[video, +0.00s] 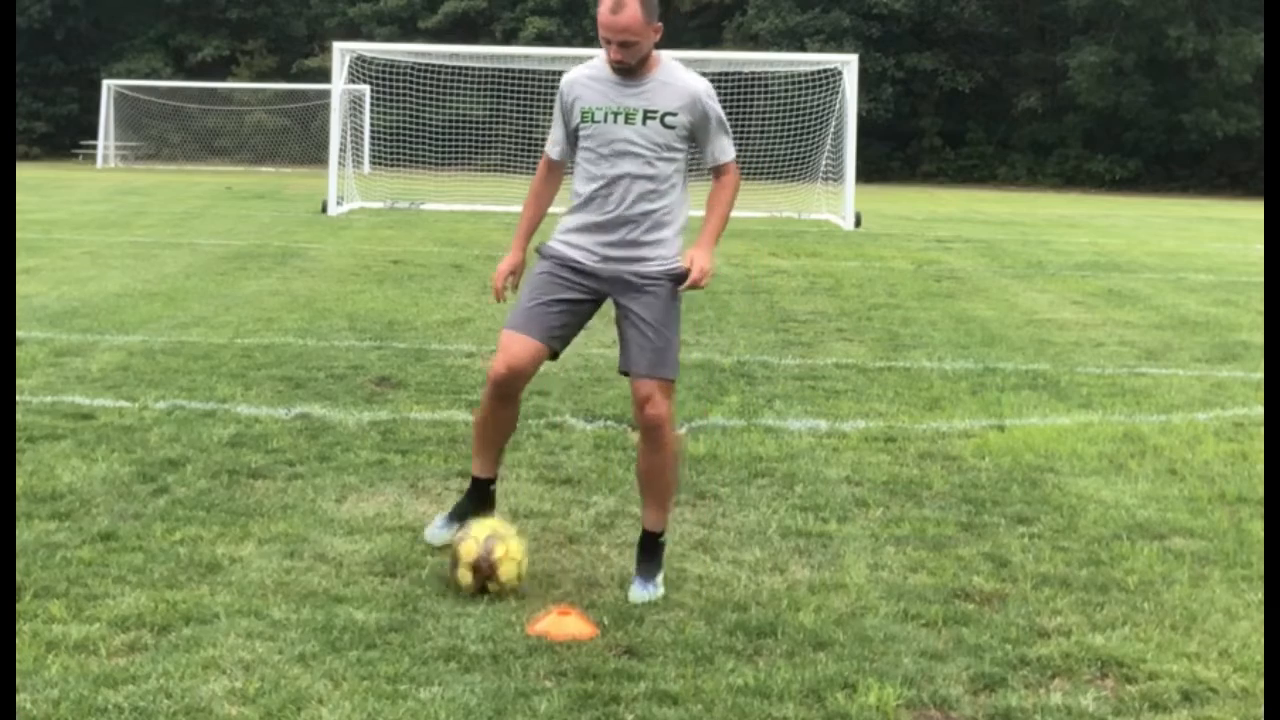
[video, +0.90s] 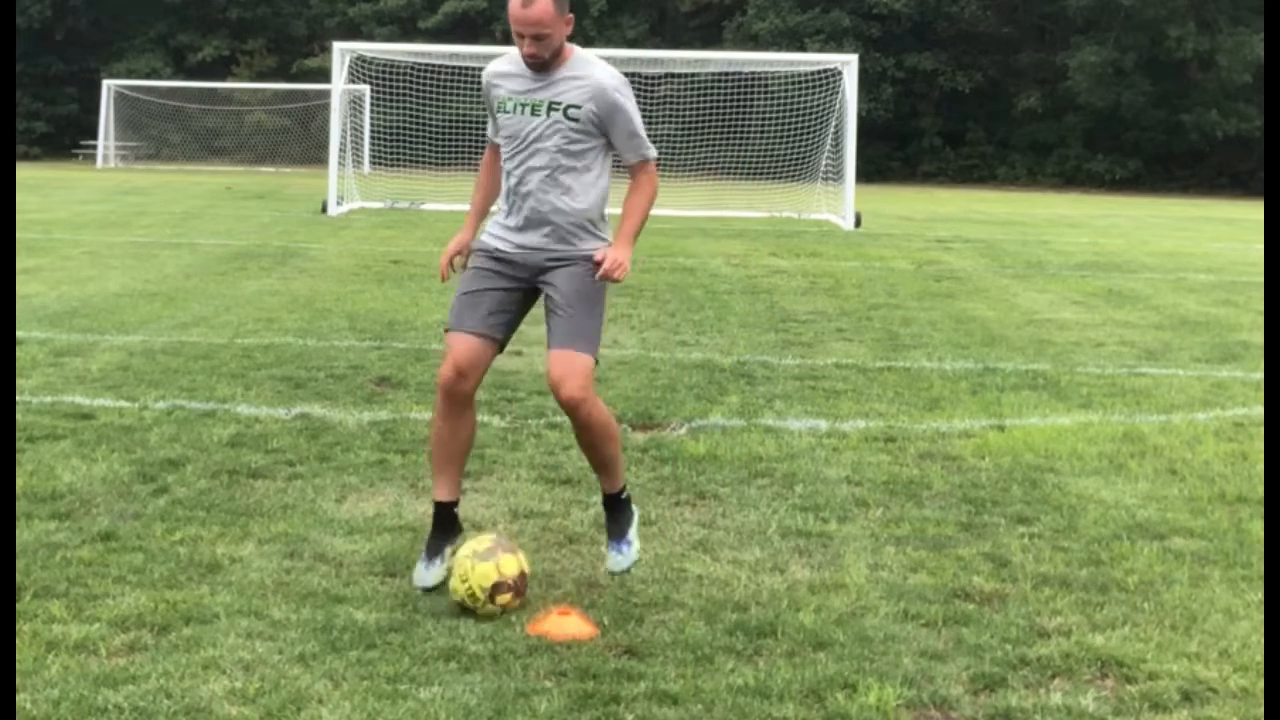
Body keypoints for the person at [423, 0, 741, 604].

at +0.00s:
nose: (614, 53)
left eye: (626, 44)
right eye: (605, 41)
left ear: (657, 31)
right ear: (597, 27)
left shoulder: (692, 93)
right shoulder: (577, 84)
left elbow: (727, 170)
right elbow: (551, 167)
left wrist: (705, 244)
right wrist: (518, 246)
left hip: (650, 266)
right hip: (572, 254)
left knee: (653, 411)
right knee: (503, 371)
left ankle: (650, 557)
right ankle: (477, 501)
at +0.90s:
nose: (527, 47)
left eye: (539, 36)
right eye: (518, 35)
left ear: (569, 22)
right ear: (509, 22)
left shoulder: (603, 86)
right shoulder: (499, 76)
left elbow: (645, 171)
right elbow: (496, 153)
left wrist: (624, 243)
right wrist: (470, 230)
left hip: (575, 256)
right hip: (502, 250)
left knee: (571, 389)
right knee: (454, 377)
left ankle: (618, 509)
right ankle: (444, 523)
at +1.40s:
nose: (470, 83)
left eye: (481, 70)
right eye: (459, 71)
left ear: (506, 58)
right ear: (447, 63)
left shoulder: (547, 114)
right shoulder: (442, 123)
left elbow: (593, 197)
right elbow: (430, 211)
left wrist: (596, 281)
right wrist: (404, 295)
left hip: (543, 267)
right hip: (473, 277)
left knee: (526, 353)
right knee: (430, 410)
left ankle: (531, 498)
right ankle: (446, 552)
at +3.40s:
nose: (481, 44)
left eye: (492, 31)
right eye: (469, 33)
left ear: (509, 14)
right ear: (449, 21)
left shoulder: (546, 68)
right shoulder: (428, 87)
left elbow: (576, 145)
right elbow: (407, 170)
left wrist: (590, 222)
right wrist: (378, 251)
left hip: (547, 243)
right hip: (467, 256)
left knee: (599, 361)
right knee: (452, 399)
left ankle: (600, 482)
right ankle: (455, 532)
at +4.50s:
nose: (573, 39)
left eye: (584, 26)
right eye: (560, 27)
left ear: (600, 12)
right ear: (537, 14)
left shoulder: (626, 65)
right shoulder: (510, 82)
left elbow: (650, 133)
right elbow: (480, 167)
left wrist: (670, 207)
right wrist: (469, 256)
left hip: (625, 246)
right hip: (547, 258)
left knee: (674, 372)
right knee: (532, 398)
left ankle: (670, 526)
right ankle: (511, 528)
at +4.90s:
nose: (623, 67)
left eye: (634, 55)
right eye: (611, 55)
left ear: (650, 44)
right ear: (589, 42)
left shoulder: (672, 103)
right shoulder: (554, 108)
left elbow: (704, 178)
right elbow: (513, 187)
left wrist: (719, 243)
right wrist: (490, 277)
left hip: (648, 273)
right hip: (574, 271)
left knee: (673, 413)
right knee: (580, 376)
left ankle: (673, 560)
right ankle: (580, 477)